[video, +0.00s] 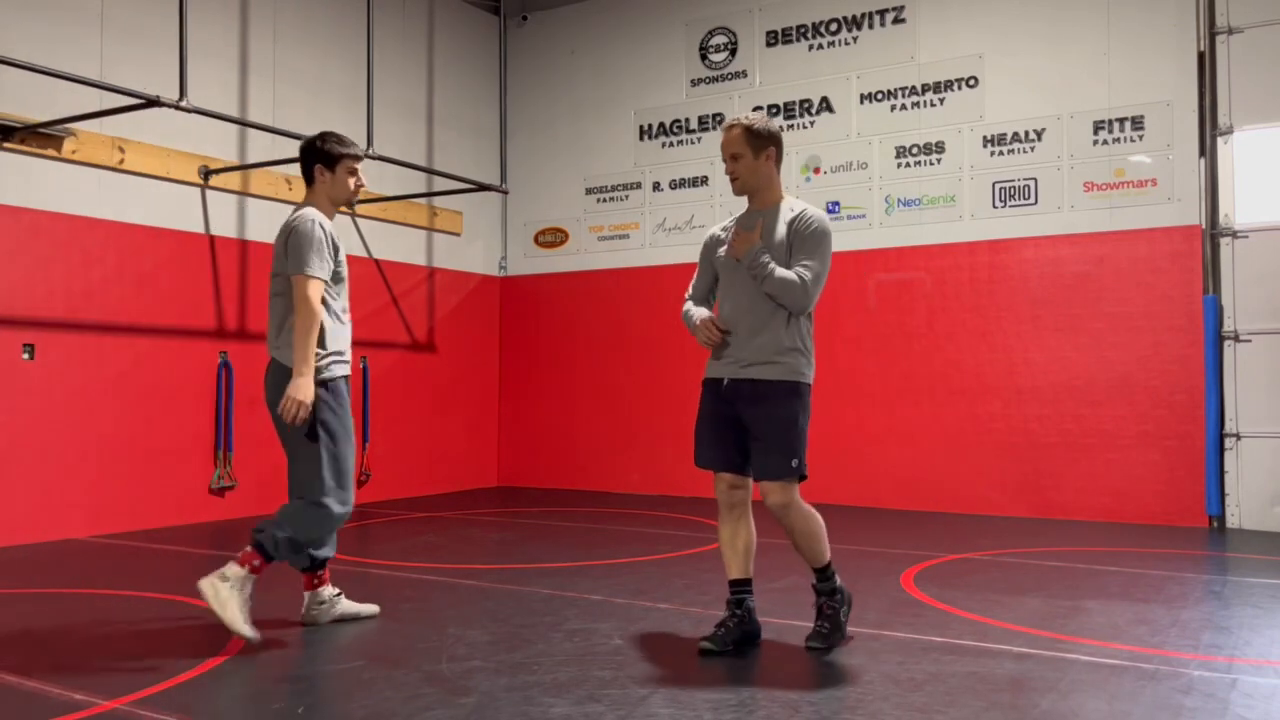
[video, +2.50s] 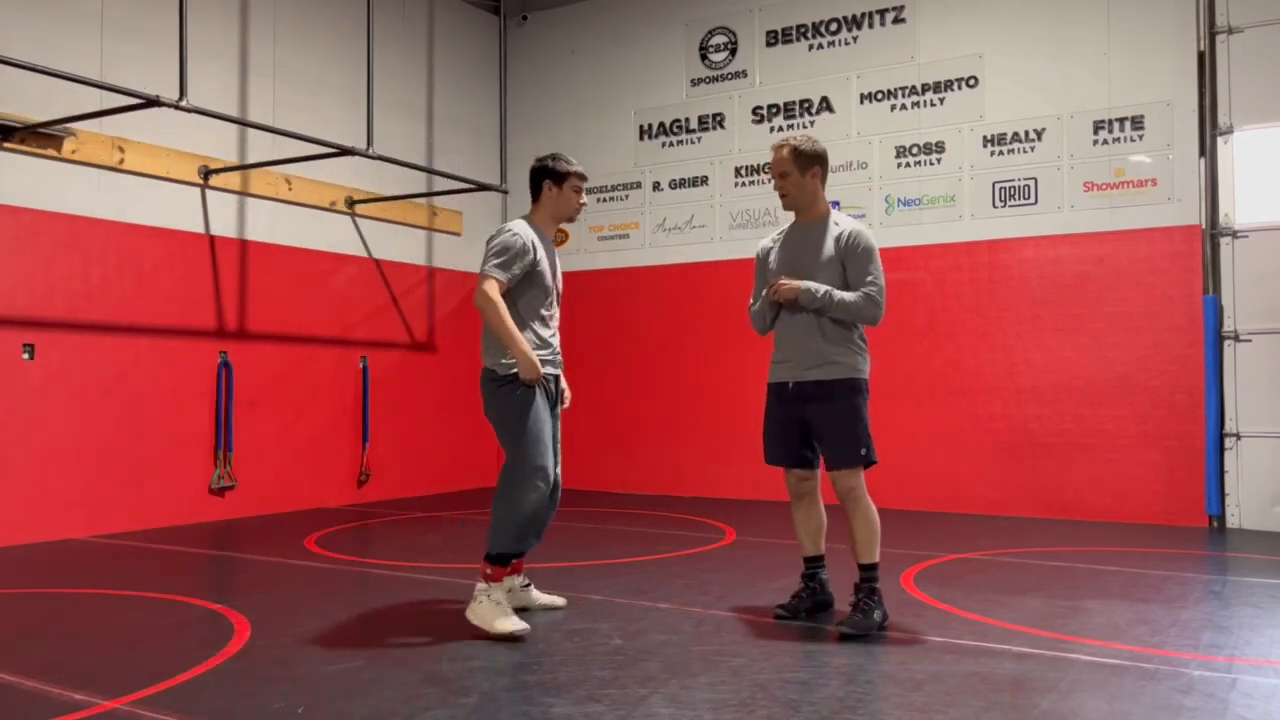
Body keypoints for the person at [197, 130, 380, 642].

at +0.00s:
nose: (359, 182)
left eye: (360, 173)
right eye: (351, 172)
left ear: (327, 177)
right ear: (321, 174)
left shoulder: (318, 228)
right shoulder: (309, 226)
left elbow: (315, 310)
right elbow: (308, 304)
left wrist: (329, 374)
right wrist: (302, 377)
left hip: (313, 377)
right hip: (312, 379)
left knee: (317, 491)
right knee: (333, 498)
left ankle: (320, 595)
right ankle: (233, 577)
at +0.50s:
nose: (427, 190)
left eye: (427, 182)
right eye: (418, 182)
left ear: (404, 188)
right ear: (388, 184)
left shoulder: (393, 241)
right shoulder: (369, 241)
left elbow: (405, 315)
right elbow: (357, 315)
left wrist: (439, 358)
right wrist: (367, 385)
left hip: (385, 381)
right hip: (385, 383)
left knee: (363, 486)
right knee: (420, 484)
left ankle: (324, 591)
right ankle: (450, 594)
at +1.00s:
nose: (496, 184)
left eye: (495, 175)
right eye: (488, 176)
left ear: (458, 182)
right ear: (456, 180)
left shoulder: (456, 228)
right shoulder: (443, 238)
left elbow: (457, 315)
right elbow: (458, 321)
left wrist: (480, 370)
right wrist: (506, 383)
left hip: (472, 376)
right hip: (453, 380)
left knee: (499, 471)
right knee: (464, 481)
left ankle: (445, 557)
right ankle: (458, 596)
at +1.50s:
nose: (525, 185)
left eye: (525, 176)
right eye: (518, 176)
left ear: (495, 178)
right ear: (488, 178)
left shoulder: (489, 229)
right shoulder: (461, 239)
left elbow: (491, 307)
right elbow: (452, 321)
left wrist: (511, 363)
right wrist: (462, 398)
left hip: (514, 375)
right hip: (482, 384)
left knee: (550, 460)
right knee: (485, 485)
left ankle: (551, 551)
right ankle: (461, 596)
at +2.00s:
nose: (552, 186)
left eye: (551, 177)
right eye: (544, 177)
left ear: (525, 183)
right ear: (515, 182)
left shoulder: (526, 238)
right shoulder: (486, 242)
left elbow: (528, 312)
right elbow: (476, 314)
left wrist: (543, 370)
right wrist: (498, 383)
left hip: (541, 378)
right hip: (510, 381)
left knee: (541, 485)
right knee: (502, 486)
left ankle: (513, 583)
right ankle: (463, 596)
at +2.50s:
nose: (583, 199)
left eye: (584, 192)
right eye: (577, 190)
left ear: (558, 193)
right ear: (548, 189)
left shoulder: (547, 249)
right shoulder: (516, 236)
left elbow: (543, 319)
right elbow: (486, 294)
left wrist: (558, 372)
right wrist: (521, 353)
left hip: (541, 381)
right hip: (515, 380)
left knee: (547, 480)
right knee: (530, 475)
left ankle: (511, 580)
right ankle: (487, 591)